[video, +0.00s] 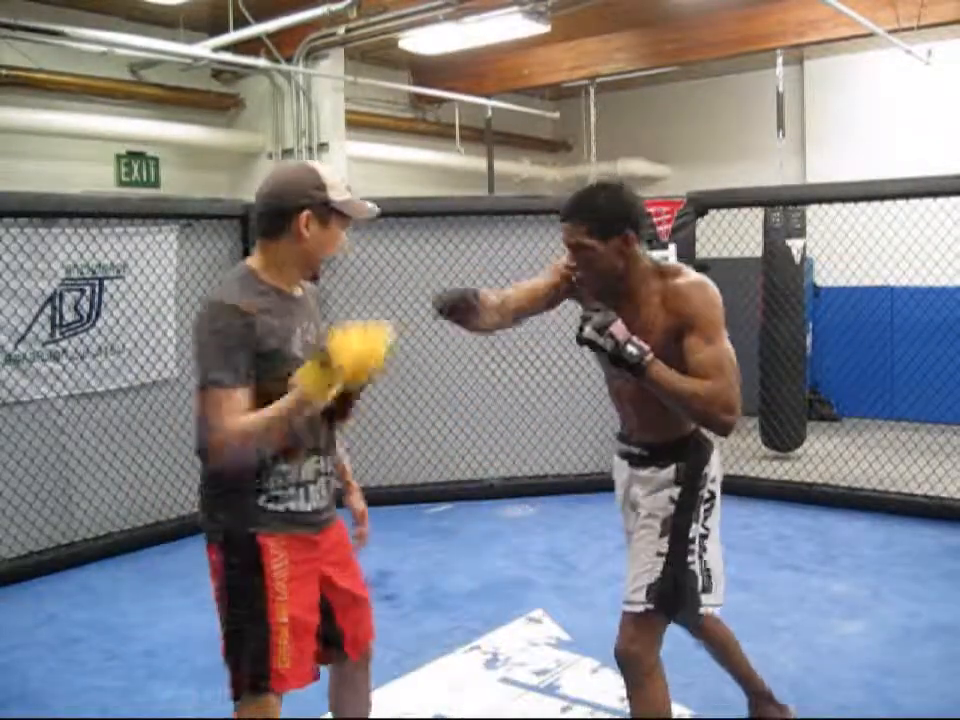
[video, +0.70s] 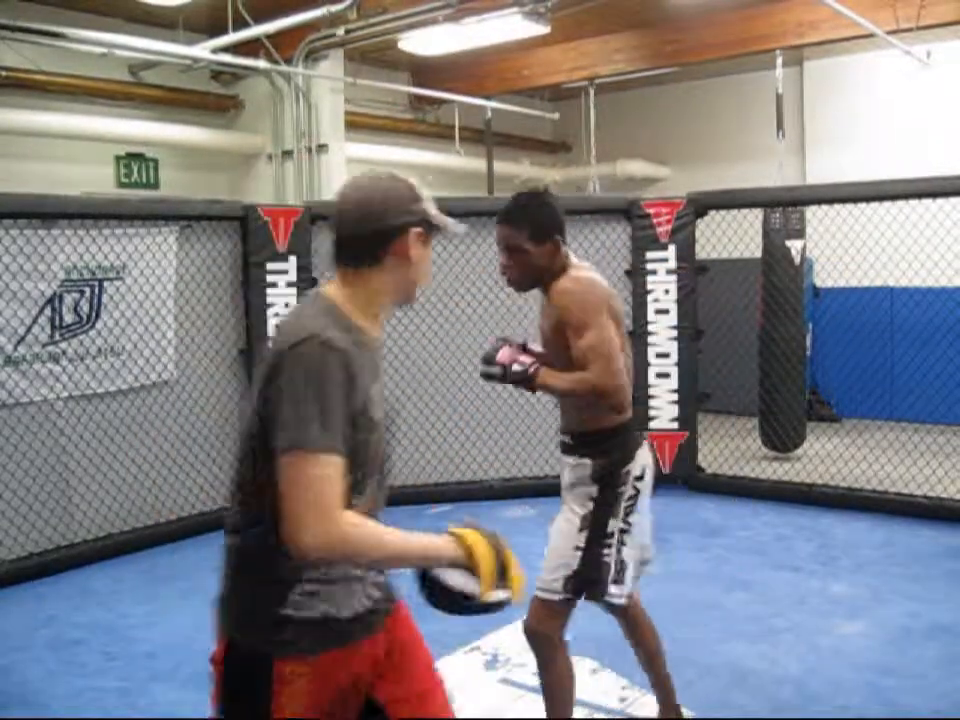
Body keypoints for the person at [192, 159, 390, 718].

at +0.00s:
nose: (343, 239)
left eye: (345, 226)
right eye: (339, 225)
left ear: (304, 227)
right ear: (303, 225)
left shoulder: (304, 298)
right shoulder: (228, 309)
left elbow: (309, 411)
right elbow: (222, 443)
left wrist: (347, 482)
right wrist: (306, 396)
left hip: (319, 519)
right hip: (255, 529)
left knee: (353, 651)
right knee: (261, 690)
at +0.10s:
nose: (339, 237)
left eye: (340, 222)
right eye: (332, 221)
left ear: (296, 225)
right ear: (293, 224)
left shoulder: (303, 296)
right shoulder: (214, 318)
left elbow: (290, 401)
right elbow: (164, 438)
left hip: (316, 530)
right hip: (251, 544)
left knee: (334, 670)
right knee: (246, 699)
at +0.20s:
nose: (326, 247)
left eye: (326, 233)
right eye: (319, 232)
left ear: (281, 235)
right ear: (280, 234)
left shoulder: (296, 309)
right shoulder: (192, 337)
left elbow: (290, 417)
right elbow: (150, 452)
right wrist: (177, 513)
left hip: (310, 557)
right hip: (240, 574)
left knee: (329, 690)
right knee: (243, 709)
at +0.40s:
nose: (332, 243)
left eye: (333, 228)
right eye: (327, 227)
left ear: (288, 227)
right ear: (291, 227)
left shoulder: (292, 295)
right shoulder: (191, 338)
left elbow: (283, 424)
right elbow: (147, 478)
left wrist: (306, 518)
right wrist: (249, 538)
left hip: (307, 561)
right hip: (224, 583)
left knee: (364, 701)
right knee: (225, 711)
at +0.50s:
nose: (350, 244)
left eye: (352, 228)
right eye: (348, 227)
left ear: (306, 227)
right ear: (317, 227)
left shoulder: (293, 301)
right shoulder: (219, 334)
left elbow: (275, 456)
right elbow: (181, 494)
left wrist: (343, 519)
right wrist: (313, 529)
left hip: (316, 579)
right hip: (236, 599)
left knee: (385, 708)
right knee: (224, 711)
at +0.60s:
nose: (383, 257)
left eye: (384, 240)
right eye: (382, 239)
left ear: (327, 240)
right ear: (356, 241)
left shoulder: (312, 326)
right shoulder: (257, 350)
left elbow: (294, 501)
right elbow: (243, 524)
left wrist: (364, 564)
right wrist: (386, 541)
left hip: (335, 607)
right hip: (252, 627)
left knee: (394, 710)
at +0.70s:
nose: (432, 258)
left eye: (431, 242)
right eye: (430, 242)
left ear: (351, 241)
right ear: (409, 245)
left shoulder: (355, 336)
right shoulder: (317, 350)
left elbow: (336, 509)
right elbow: (311, 531)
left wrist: (432, 552)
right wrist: (449, 549)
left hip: (370, 621)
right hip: (292, 644)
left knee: (427, 709)